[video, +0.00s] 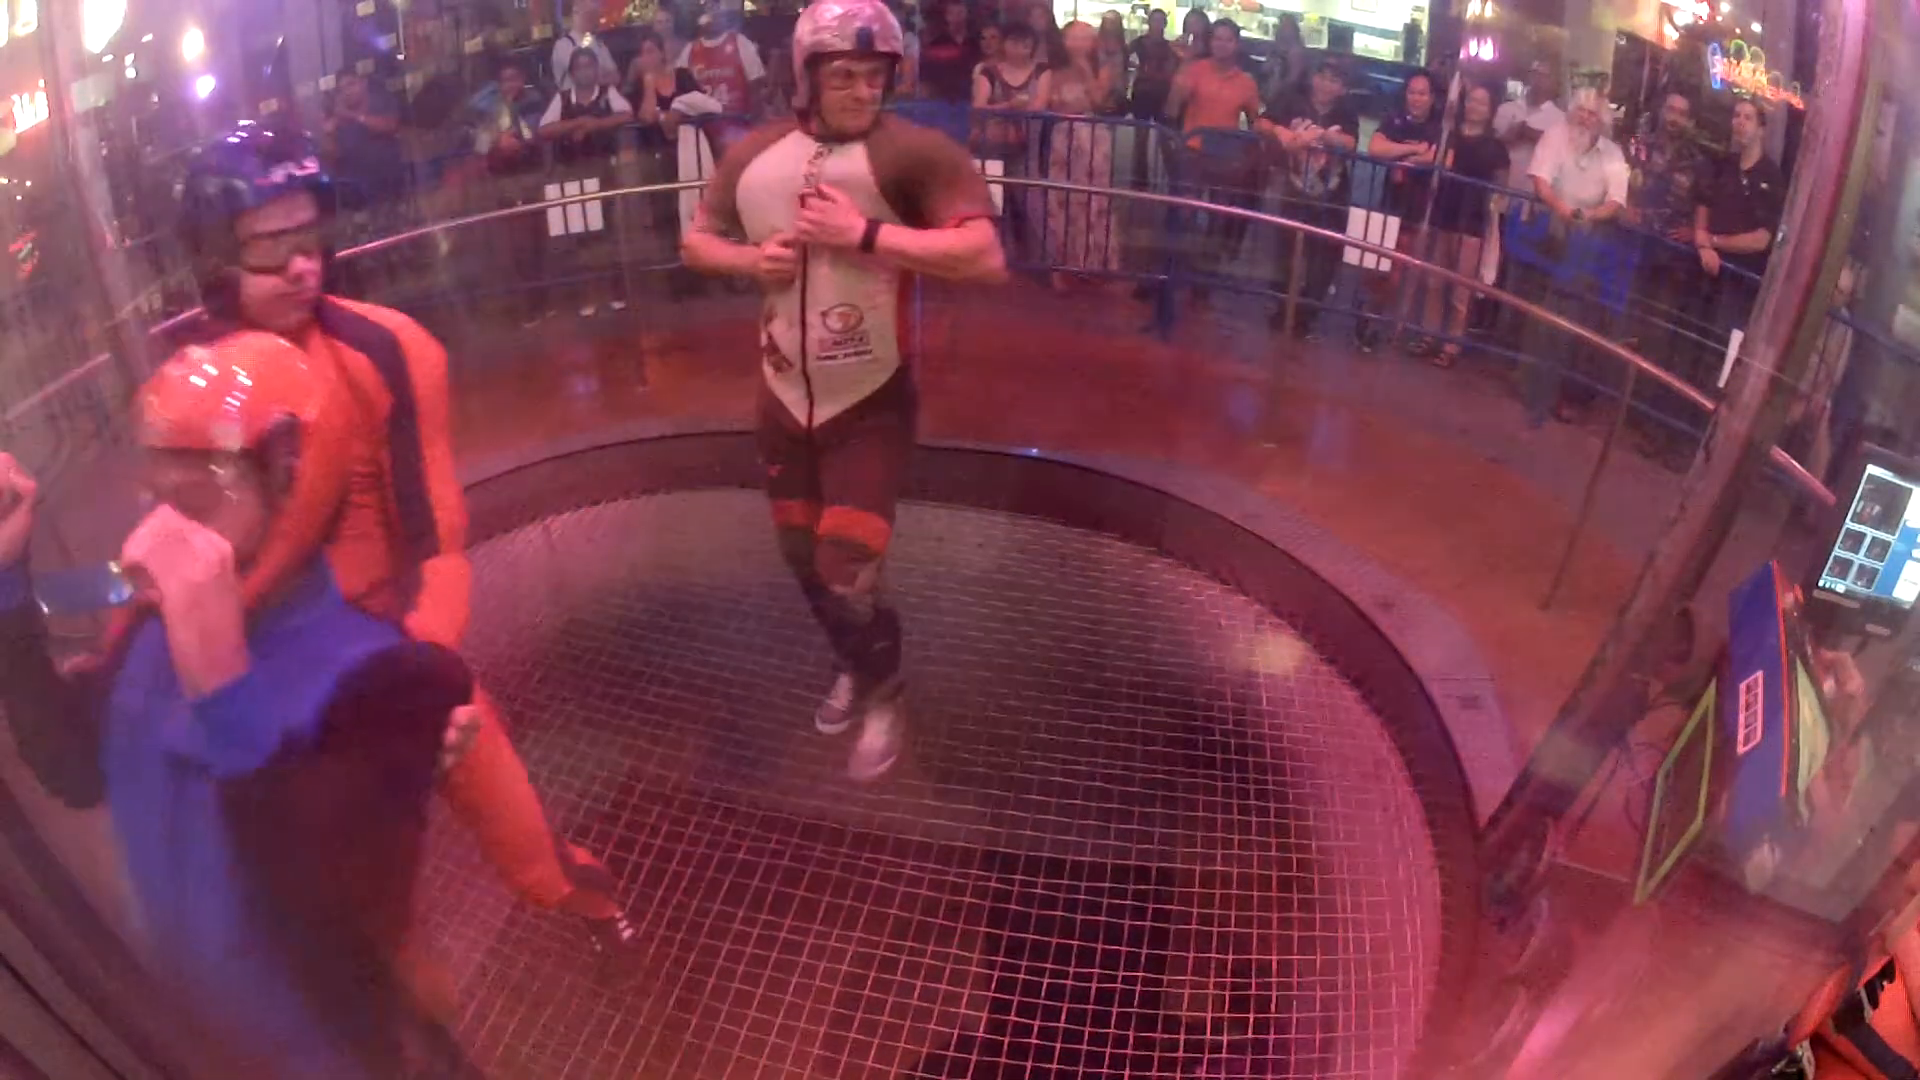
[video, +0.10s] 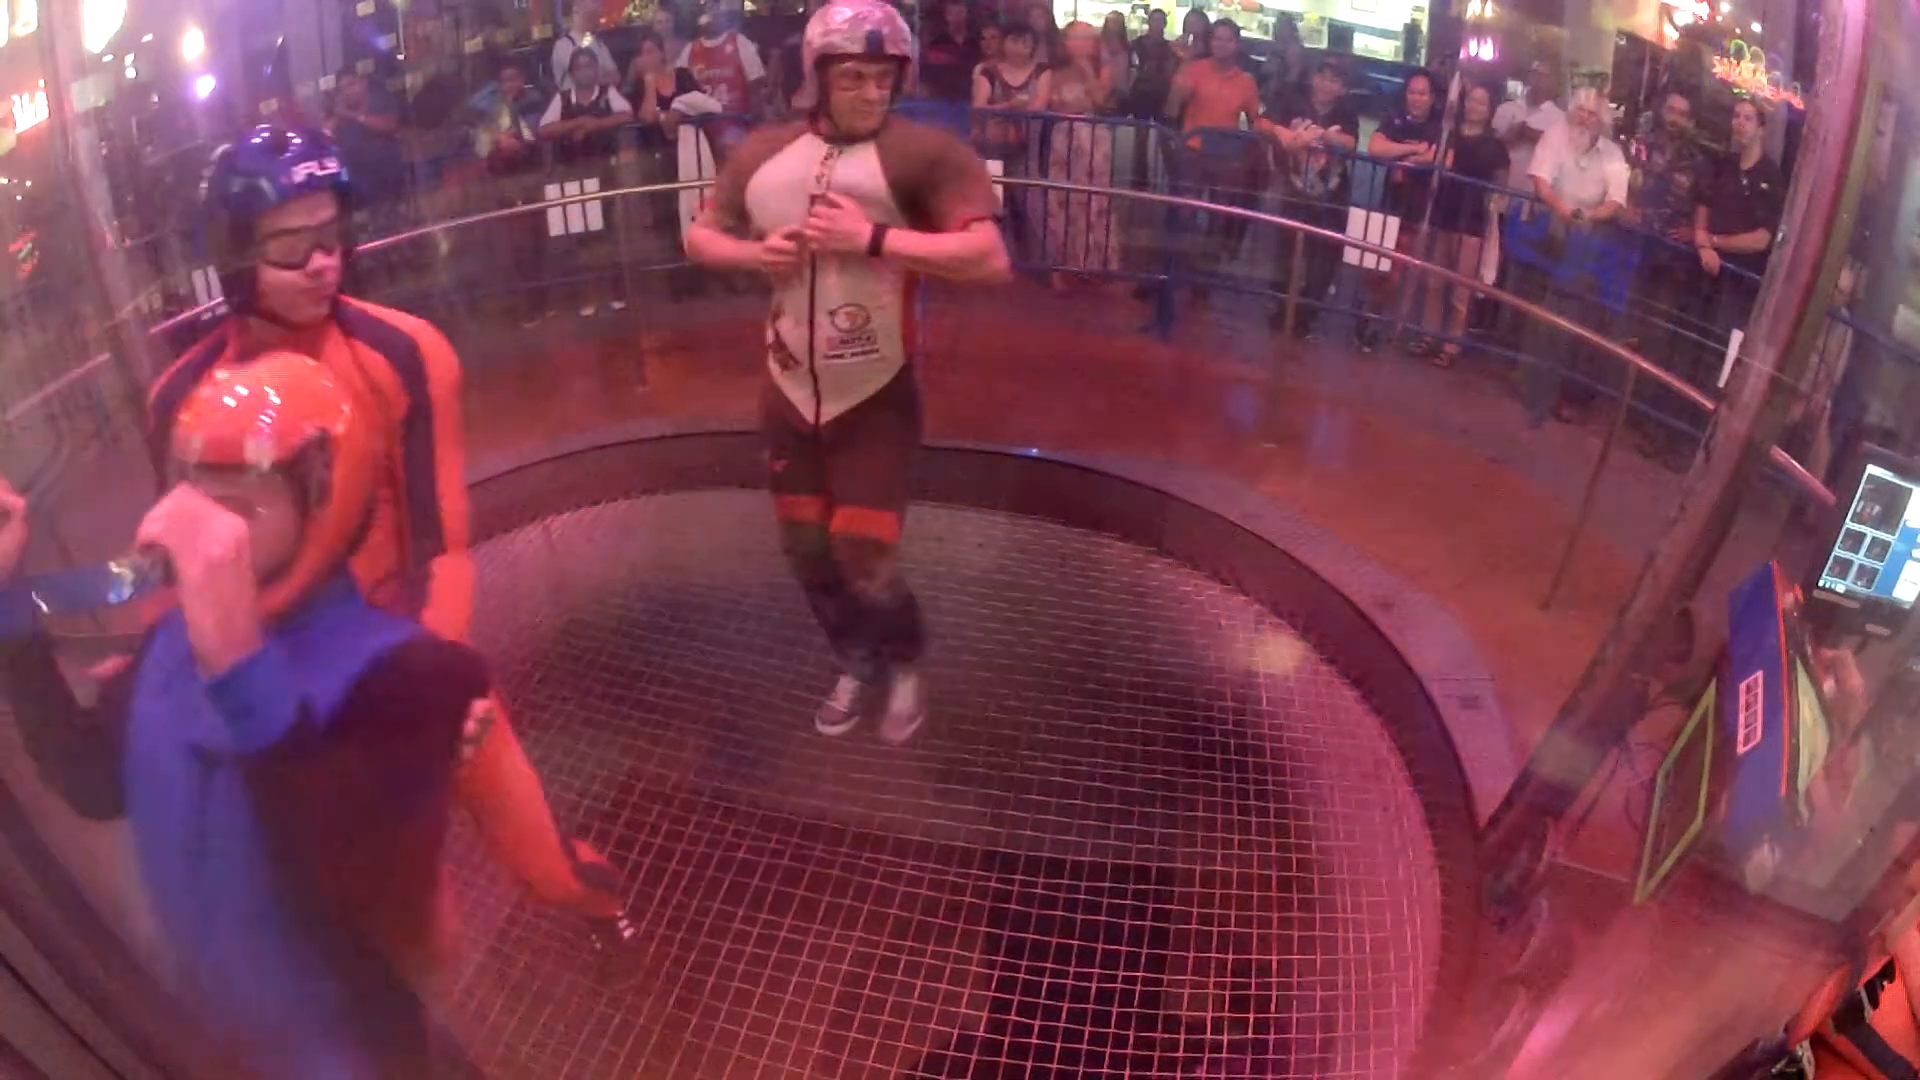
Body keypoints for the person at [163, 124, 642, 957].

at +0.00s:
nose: (299, 270)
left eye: (308, 242)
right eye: (269, 254)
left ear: (325, 236)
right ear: (213, 262)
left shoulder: (393, 353)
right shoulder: (192, 371)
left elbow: (440, 542)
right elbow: (184, 525)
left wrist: (418, 662)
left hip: (383, 607)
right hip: (258, 626)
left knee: (452, 704)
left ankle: (544, 878)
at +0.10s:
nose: (321, 266)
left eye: (331, 239)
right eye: (291, 251)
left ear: (349, 232)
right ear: (235, 258)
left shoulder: (409, 356)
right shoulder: (183, 395)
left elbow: (445, 544)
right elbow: (187, 548)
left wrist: (430, 681)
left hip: (391, 633)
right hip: (256, 653)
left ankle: (551, 875)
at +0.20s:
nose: (328, 269)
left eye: (339, 243)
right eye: (300, 251)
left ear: (355, 237)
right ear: (243, 258)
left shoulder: (414, 357)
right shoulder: (189, 399)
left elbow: (448, 537)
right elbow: (204, 549)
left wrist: (452, 675)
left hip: (406, 645)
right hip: (267, 658)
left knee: (551, 864)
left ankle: (603, 899)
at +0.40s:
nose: (317, 303)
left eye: (327, 276)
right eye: (291, 286)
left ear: (345, 266)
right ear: (243, 289)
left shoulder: (406, 372)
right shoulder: (196, 426)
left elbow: (464, 542)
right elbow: (220, 576)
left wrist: (501, 683)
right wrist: (240, 685)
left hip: (423, 653)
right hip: (284, 674)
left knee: (553, 835)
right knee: (237, 875)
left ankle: (606, 912)